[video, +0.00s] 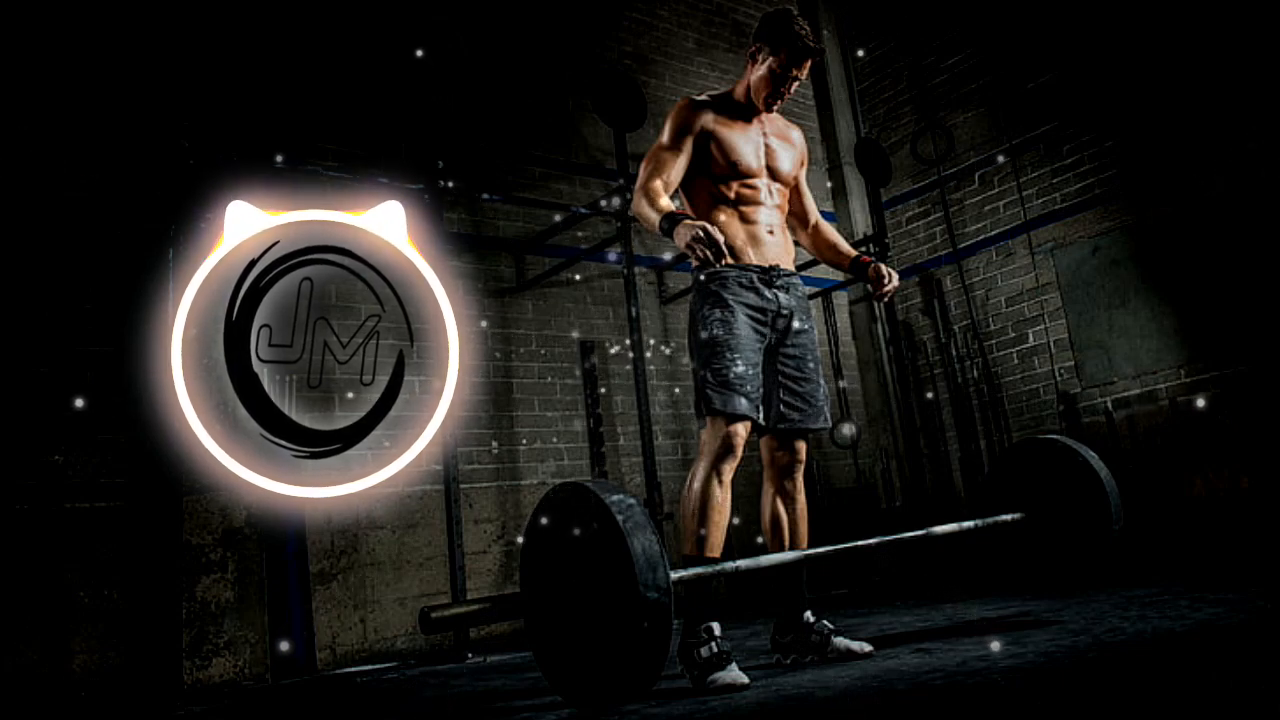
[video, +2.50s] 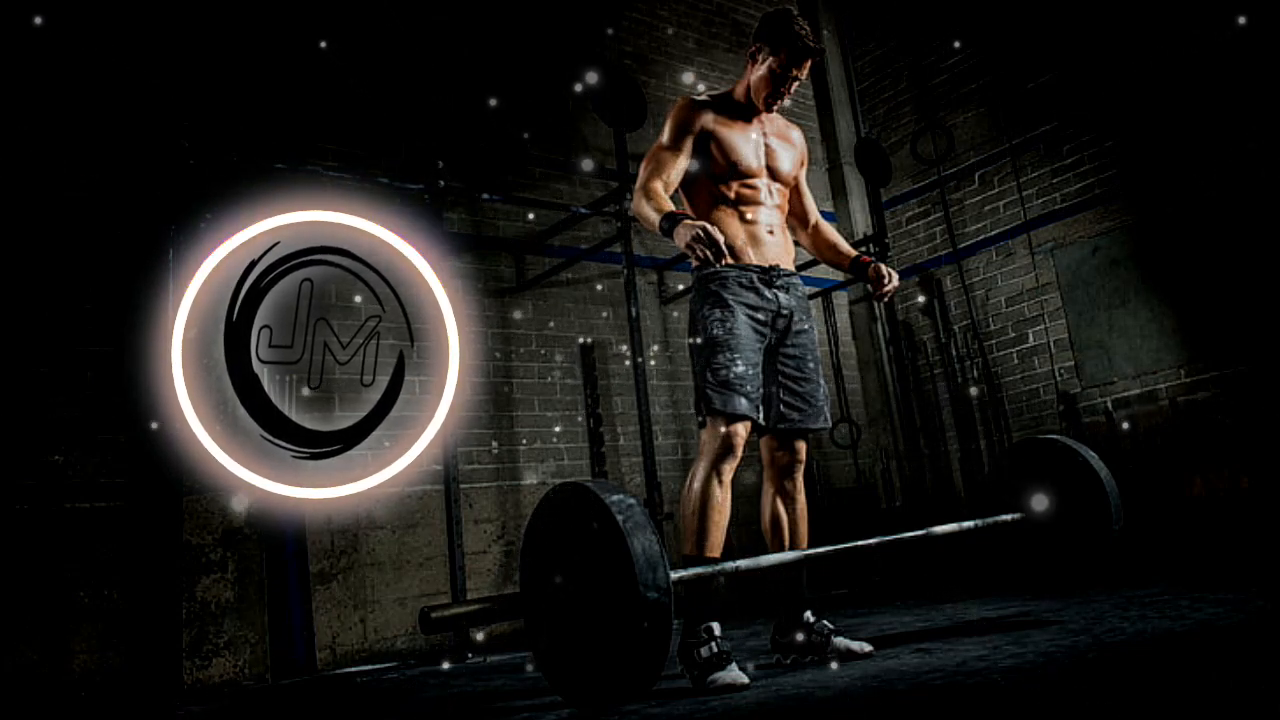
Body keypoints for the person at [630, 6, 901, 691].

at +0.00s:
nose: (789, 89)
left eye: (799, 79)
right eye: (787, 73)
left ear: (801, 76)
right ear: (756, 57)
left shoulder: (792, 137)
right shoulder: (698, 115)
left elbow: (808, 224)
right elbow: (646, 197)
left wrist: (860, 264)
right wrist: (675, 226)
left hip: (790, 297)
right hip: (730, 293)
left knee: (790, 455)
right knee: (730, 438)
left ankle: (797, 624)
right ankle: (699, 634)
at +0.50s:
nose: (789, 89)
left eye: (799, 79)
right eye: (787, 73)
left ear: (800, 76)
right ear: (756, 57)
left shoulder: (792, 137)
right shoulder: (697, 116)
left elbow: (808, 224)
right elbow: (646, 198)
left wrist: (860, 264)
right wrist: (676, 226)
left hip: (791, 297)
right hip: (731, 292)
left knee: (790, 455)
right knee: (729, 437)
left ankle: (797, 624)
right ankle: (699, 634)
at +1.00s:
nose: (788, 90)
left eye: (798, 80)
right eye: (785, 74)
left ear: (800, 77)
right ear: (756, 58)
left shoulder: (792, 137)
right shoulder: (697, 116)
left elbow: (809, 224)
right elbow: (645, 198)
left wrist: (860, 265)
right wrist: (674, 226)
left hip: (790, 297)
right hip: (730, 293)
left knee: (790, 454)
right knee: (729, 438)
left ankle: (797, 624)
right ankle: (699, 634)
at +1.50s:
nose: (789, 89)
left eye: (799, 79)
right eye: (786, 72)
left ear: (801, 76)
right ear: (756, 57)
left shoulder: (792, 137)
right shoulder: (697, 115)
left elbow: (808, 224)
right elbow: (646, 197)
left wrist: (860, 264)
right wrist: (677, 225)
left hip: (791, 297)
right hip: (731, 292)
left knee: (790, 455)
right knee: (730, 436)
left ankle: (796, 624)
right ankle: (699, 634)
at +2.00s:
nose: (788, 90)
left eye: (798, 80)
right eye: (785, 75)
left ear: (800, 77)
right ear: (756, 58)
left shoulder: (792, 136)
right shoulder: (697, 117)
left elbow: (808, 224)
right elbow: (645, 197)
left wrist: (861, 265)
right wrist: (676, 225)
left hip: (790, 297)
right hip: (730, 292)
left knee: (790, 455)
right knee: (729, 437)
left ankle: (796, 623)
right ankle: (698, 634)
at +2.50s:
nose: (789, 91)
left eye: (799, 81)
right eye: (786, 75)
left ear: (801, 77)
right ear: (756, 59)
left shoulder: (792, 136)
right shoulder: (699, 115)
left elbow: (809, 224)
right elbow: (644, 198)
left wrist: (860, 265)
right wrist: (675, 226)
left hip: (790, 297)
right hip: (731, 292)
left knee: (790, 455)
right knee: (729, 437)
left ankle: (798, 624)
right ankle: (699, 634)